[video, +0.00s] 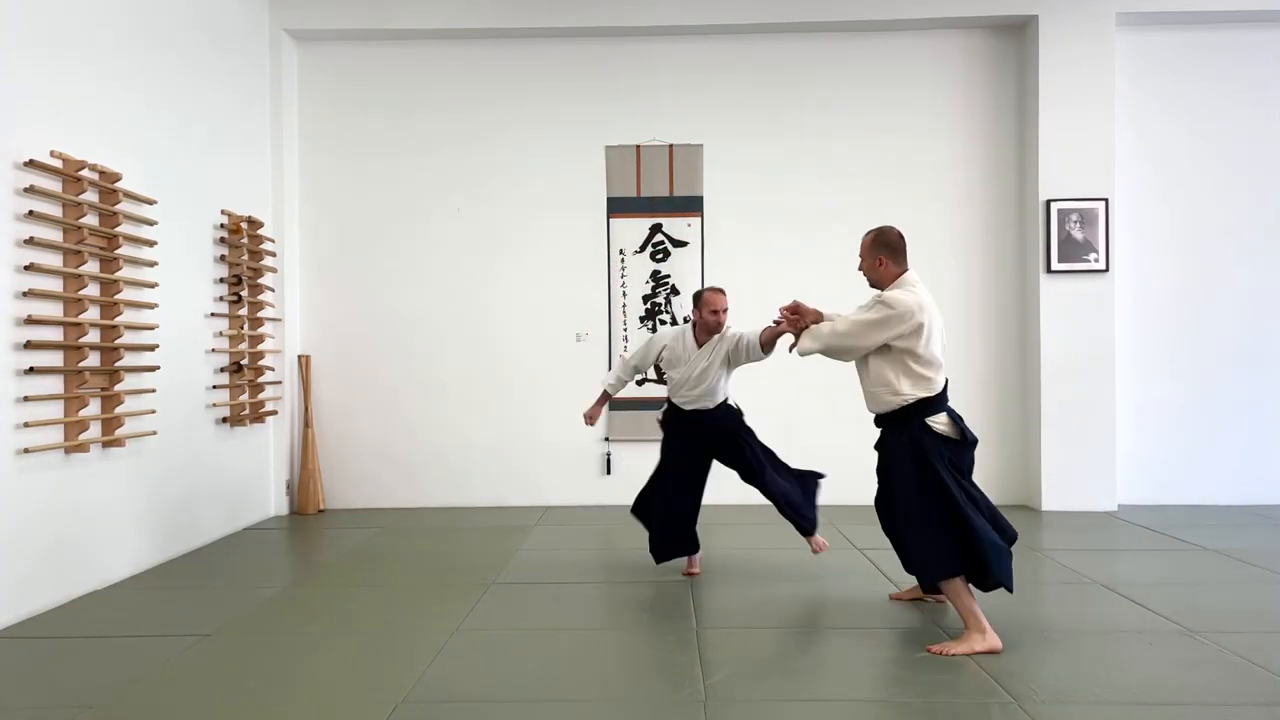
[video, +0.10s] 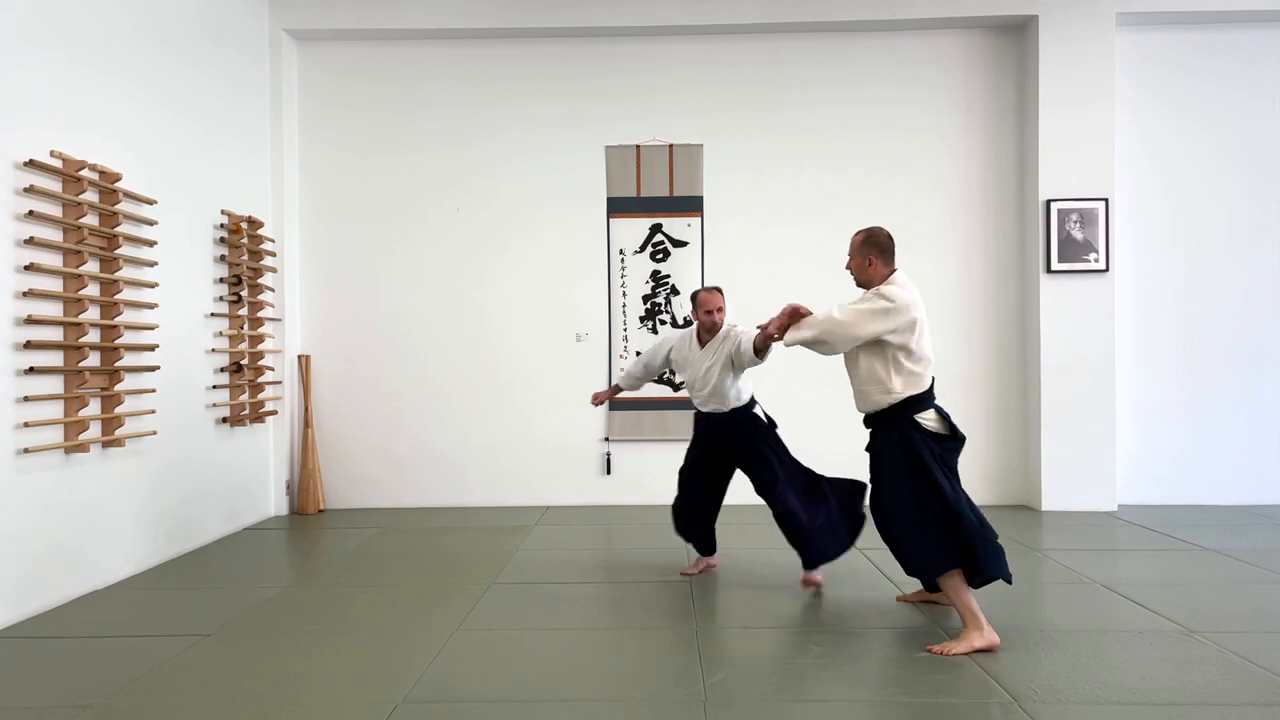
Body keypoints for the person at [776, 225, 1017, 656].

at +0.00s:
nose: (862, 269)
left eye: (864, 261)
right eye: (862, 261)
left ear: (881, 262)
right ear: (895, 261)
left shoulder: (899, 304)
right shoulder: (906, 296)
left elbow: (848, 339)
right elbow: (860, 325)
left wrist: (806, 331)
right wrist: (819, 317)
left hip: (916, 431)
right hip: (908, 426)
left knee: (925, 525)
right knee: (894, 508)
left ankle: (980, 632)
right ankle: (932, 583)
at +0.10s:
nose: (848, 266)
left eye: (851, 259)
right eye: (849, 258)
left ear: (871, 262)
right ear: (881, 261)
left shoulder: (892, 300)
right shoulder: (886, 295)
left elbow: (835, 328)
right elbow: (840, 330)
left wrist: (783, 329)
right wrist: (801, 319)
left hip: (908, 427)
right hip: (894, 425)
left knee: (921, 521)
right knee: (896, 511)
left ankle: (979, 628)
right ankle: (940, 584)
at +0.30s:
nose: (812, 270)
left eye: (815, 262)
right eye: (812, 262)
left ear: (836, 263)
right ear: (843, 262)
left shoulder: (857, 299)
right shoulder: (853, 295)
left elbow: (807, 324)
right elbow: (801, 330)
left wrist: (749, 324)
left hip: (873, 424)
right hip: (876, 418)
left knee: (849, 516)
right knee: (894, 507)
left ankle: (911, 596)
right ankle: (941, 587)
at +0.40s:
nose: (790, 274)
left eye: (793, 267)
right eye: (790, 266)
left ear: (811, 266)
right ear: (819, 265)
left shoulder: (832, 301)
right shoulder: (831, 295)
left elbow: (781, 327)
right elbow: (781, 317)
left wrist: (718, 328)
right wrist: (737, 299)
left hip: (856, 424)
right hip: (859, 419)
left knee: (812, 503)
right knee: (882, 507)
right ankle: (932, 585)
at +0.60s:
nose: (746, 270)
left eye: (749, 263)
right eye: (747, 263)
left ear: (767, 265)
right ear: (780, 265)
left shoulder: (781, 305)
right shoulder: (798, 300)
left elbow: (724, 309)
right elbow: (748, 351)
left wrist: (676, 295)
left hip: (793, 422)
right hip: (812, 416)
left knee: (759, 508)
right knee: (834, 503)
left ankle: (789, 605)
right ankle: (903, 567)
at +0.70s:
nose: (725, 272)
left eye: (729, 264)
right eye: (726, 265)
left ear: (748, 263)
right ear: (755, 263)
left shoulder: (764, 297)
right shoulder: (750, 302)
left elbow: (703, 296)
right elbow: (711, 352)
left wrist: (668, 272)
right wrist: (673, 324)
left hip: (776, 421)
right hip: (764, 419)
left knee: (749, 513)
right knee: (763, 505)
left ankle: (789, 606)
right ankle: (825, 558)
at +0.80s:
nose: (704, 269)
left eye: (709, 262)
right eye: (704, 263)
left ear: (729, 264)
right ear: (728, 266)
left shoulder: (748, 296)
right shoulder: (710, 310)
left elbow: (680, 268)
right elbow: (667, 322)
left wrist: (661, 250)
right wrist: (649, 275)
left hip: (751, 421)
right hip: (718, 421)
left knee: (739, 517)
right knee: (675, 500)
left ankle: (789, 606)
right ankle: (706, 574)